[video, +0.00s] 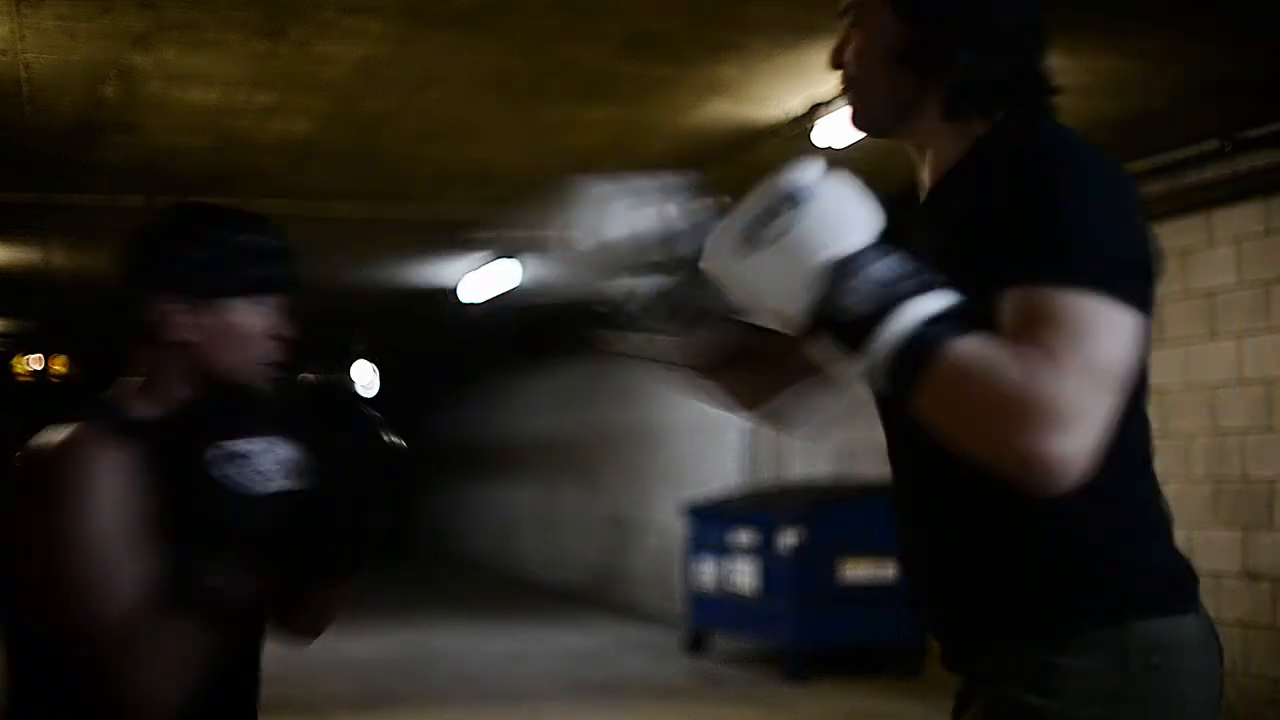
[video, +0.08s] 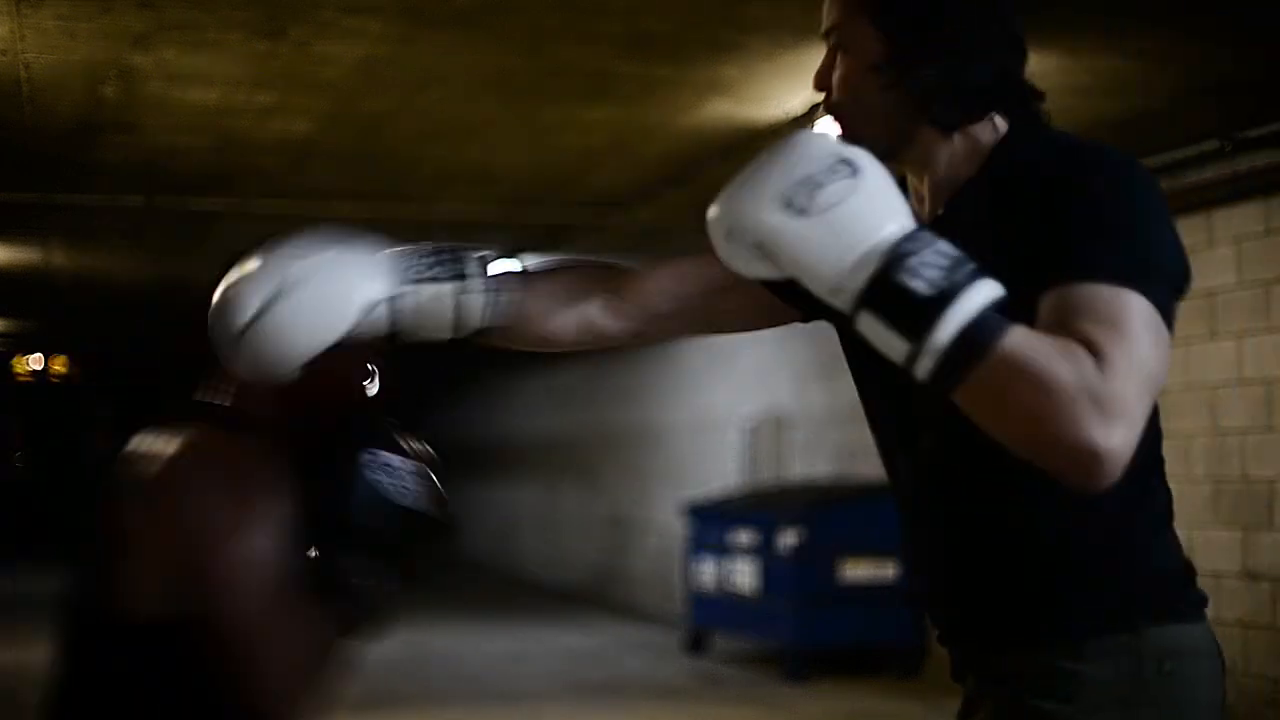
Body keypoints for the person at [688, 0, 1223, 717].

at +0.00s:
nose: (837, 56)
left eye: (858, 25)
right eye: (845, 29)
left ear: (935, 32)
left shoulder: (1067, 182)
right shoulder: (918, 223)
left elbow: (1053, 430)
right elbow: (774, 381)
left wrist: (865, 286)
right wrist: (677, 310)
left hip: (1106, 660)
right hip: (1003, 652)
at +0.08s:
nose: (817, 86)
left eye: (842, 60)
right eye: (824, 57)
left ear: (940, 86)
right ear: (926, 87)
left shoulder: (1091, 200)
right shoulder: (870, 231)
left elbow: (1095, 431)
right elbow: (623, 300)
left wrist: (892, 265)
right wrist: (412, 294)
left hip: (1128, 663)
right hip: (991, 664)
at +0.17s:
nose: (814, 89)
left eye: (835, 55)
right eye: (819, 56)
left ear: (921, 65)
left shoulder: (1096, 201)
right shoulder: (875, 234)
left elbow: (1094, 437)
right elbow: (689, 360)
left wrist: (892, 262)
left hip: (1120, 666)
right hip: (990, 664)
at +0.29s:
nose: (855, 87)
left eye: (874, 53)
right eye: (860, 54)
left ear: (945, 50)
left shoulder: (1075, 186)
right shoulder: (969, 203)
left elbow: (981, 392)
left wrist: (823, 193)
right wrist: (837, 488)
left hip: (1097, 664)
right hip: (1009, 650)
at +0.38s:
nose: (917, 62)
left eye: (938, 40)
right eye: (924, 40)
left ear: (1001, 47)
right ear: (1021, 50)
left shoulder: (1070, 178)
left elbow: (861, 356)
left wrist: (761, 134)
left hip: (1090, 657)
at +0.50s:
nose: (1006, 58)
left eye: (1025, 34)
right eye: (1008, 35)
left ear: (1083, 42)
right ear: (1141, 50)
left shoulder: (1110, 174)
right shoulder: (1213, 196)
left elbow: (896, 302)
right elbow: (1261, 433)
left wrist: (787, 151)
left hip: (1106, 658)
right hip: (1204, 649)